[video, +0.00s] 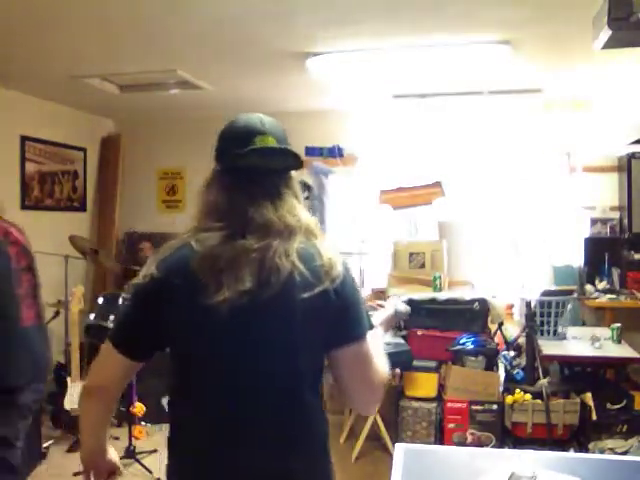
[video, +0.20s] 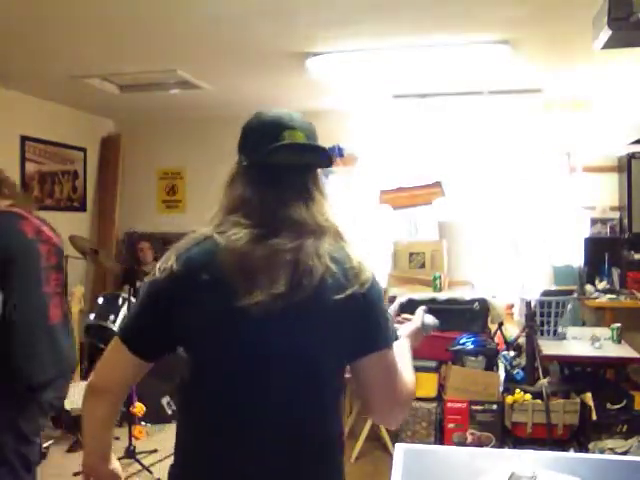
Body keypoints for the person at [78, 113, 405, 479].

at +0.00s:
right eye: (289, 181)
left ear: (217, 186)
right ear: (290, 186)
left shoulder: (176, 268)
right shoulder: (321, 270)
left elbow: (99, 386)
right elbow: (366, 397)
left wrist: (93, 455)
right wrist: (365, 339)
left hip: (199, 469)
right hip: (297, 470)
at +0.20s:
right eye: (315, 177)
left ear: (239, 179)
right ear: (315, 182)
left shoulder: (193, 266)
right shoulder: (346, 274)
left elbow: (103, 388)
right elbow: (390, 410)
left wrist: (96, 464)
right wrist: (402, 342)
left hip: (205, 470)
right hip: (310, 472)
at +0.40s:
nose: (318, 177)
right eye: (317, 169)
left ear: (239, 170)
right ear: (316, 176)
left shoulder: (189, 260)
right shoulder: (353, 273)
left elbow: (84, 384)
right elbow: (399, 415)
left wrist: (85, 456)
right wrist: (393, 347)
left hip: (202, 468)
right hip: (312, 469)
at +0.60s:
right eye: (300, 166)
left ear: (209, 173)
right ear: (295, 178)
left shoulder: (165, 274)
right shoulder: (335, 286)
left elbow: (46, 400)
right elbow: (383, 430)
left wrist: (63, 447)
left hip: (182, 471)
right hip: (298, 472)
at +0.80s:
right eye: (248, 166)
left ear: (158, 175)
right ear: (252, 177)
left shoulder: (103, 288)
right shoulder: (295, 294)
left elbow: (5, 419)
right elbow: (349, 459)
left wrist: (38, 461)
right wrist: (377, 376)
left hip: (126, 469)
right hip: (257, 470)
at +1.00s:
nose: (244, 169)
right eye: (237, 158)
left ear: (130, 165)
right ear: (230, 169)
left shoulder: (64, 283)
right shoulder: (275, 289)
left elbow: (1, 402)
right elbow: (340, 465)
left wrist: (12, 460)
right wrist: (374, 371)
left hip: (97, 473)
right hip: (237, 475)